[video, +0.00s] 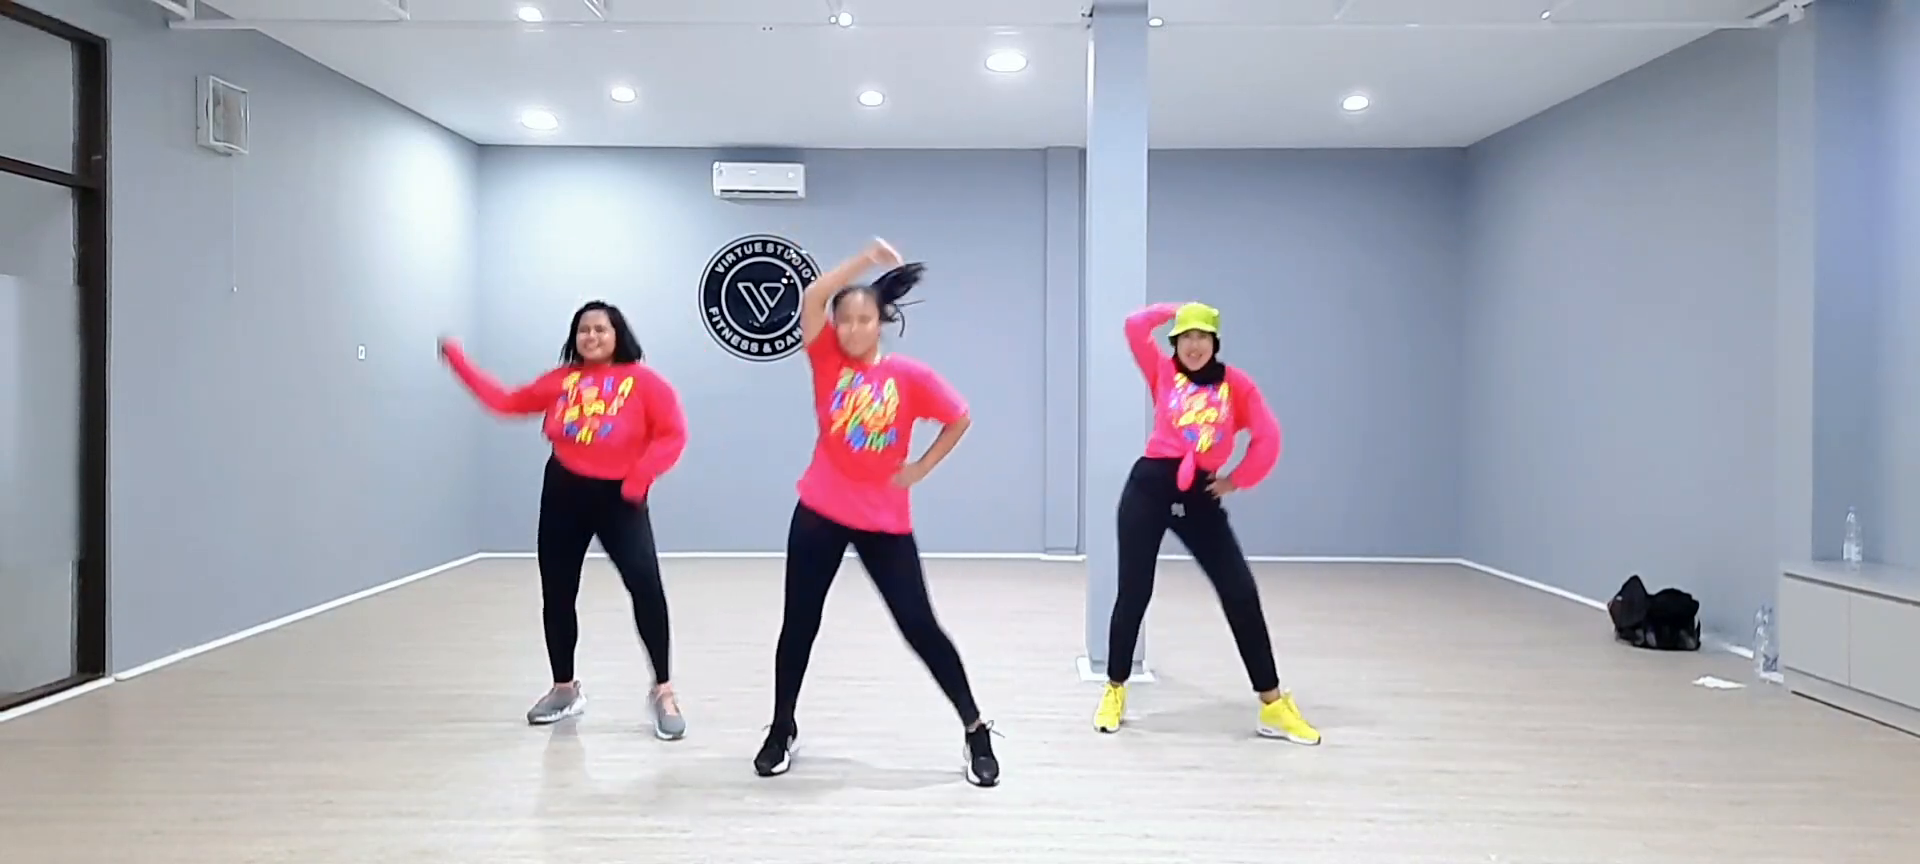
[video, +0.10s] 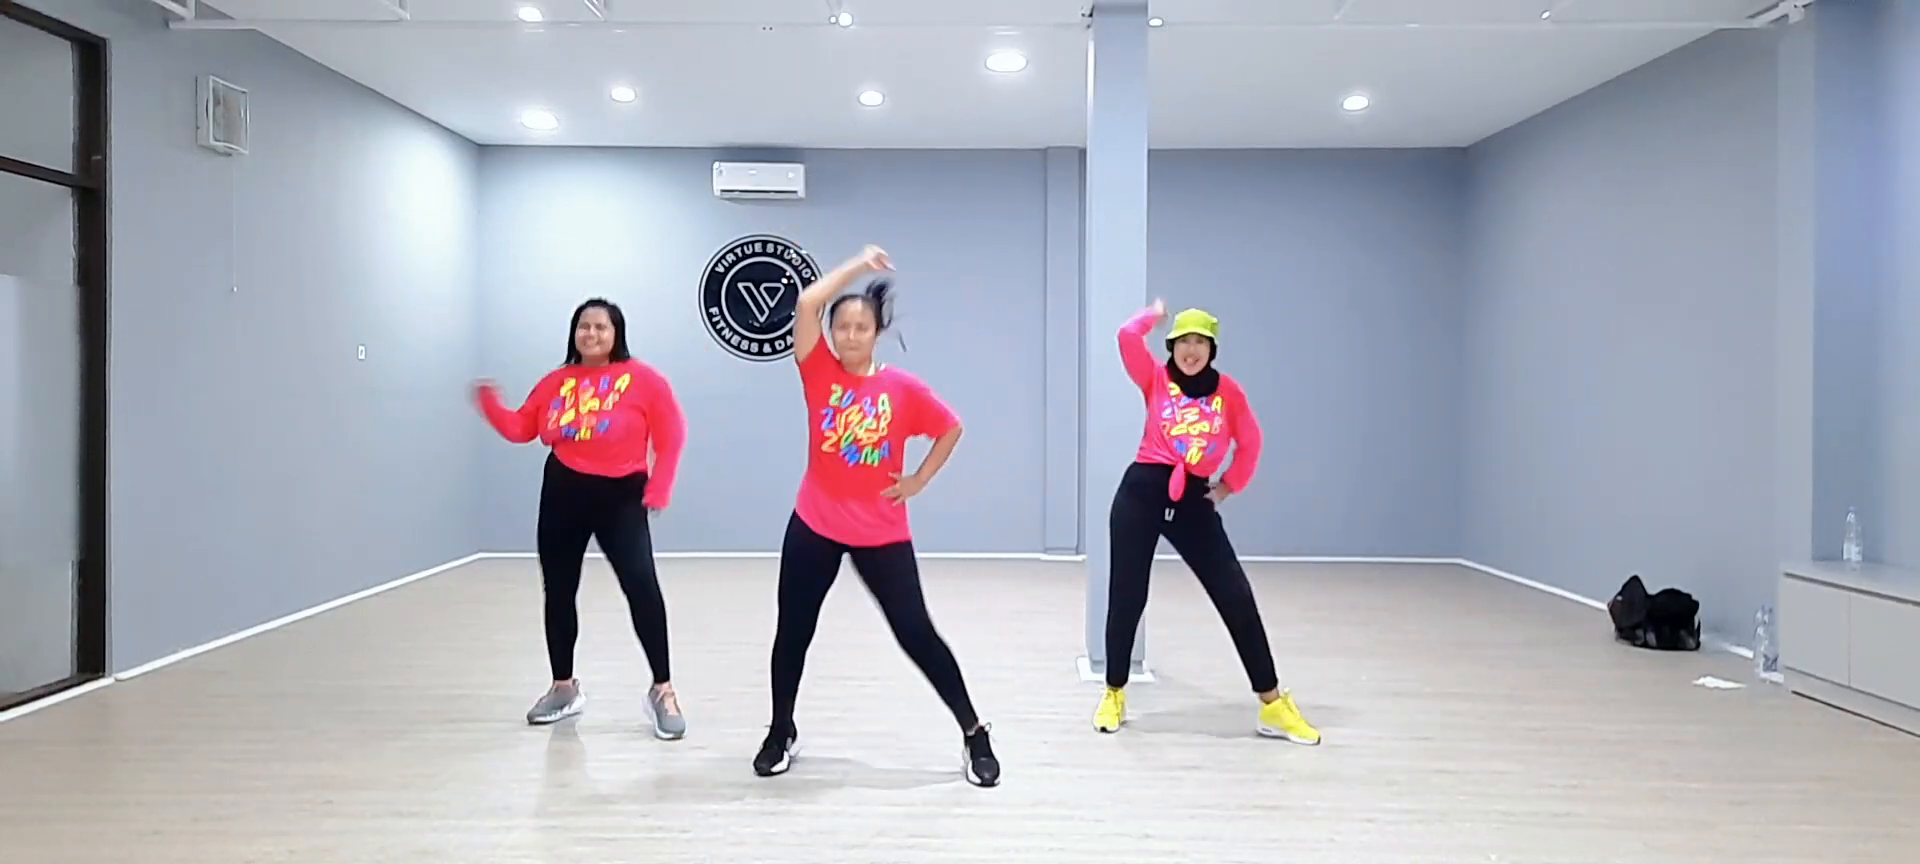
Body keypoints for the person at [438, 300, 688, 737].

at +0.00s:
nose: (591, 336)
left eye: (600, 329)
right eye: (583, 330)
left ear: (618, 336)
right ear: (574, 338)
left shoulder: (644, 381)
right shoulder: (561, 381)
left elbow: (673, 435)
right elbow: (506, 402)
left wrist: (641, 477)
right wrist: (459, 362)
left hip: (620, 496)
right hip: (564, 494)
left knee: (646, 584)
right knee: (557, 593)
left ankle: (663, 689)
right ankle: (564, 687)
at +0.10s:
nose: (591, 333)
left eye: (600, 327)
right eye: (585, 326)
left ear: (616, 334)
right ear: (574, 335)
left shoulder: (643, 379)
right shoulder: (555, 382)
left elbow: (672, 434)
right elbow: (521, 429)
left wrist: (660, 489)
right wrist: (490, 403)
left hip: (620, 495)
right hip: (564, 492)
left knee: (641, 584)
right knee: (558, 590)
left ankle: (663, 690)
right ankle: (563, 687)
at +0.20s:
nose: (598, 310)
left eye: (608, 304)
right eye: (591, 303)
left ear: (624, 313)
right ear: (579, 311)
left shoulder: (649, 355)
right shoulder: (558, 357)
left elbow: (688, 393)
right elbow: (521, 409)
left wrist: (681, 447)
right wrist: (549, 383)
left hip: (633, 472)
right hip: (576, 473)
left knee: (646, 568)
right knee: (570, 575)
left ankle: (666, 679)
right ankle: (560, 672)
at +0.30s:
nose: (607, 303)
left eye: (617, 297)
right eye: (599, 297)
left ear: (634, 308)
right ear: (587, 307)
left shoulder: (663, 348)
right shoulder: (568, 349)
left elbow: (691, 385)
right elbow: (539, 408)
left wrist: (690, 440)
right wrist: (588, 390)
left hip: (646, 463)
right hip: (588, 463)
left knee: (650, 570)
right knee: (564, 560)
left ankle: (652, 683)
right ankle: (589, 636)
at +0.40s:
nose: (618, 317)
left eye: (628, 311)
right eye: (610, 311)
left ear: (643, 322)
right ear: (596, 321)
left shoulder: (673, 370)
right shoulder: (573, 372)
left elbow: (693, 432)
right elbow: (553, 431)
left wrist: (700, 482)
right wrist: (594, 435)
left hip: (653, 486)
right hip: (593, 484)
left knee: (649, 591)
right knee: (581, 590)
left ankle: (642, 700)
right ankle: (620, 582)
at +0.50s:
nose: (627, 326)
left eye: (637, 320)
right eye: (618, 320)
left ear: (650, 330)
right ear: (605, 330)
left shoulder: (673, 382)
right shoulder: (579, 381)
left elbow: (690, 446)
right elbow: (551, 437)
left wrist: (706, 498)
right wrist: (580, 471)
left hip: (662, 491)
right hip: (605, 490)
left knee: (658, 597)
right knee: (619, 580)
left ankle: (644, 699)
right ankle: (615, 614)